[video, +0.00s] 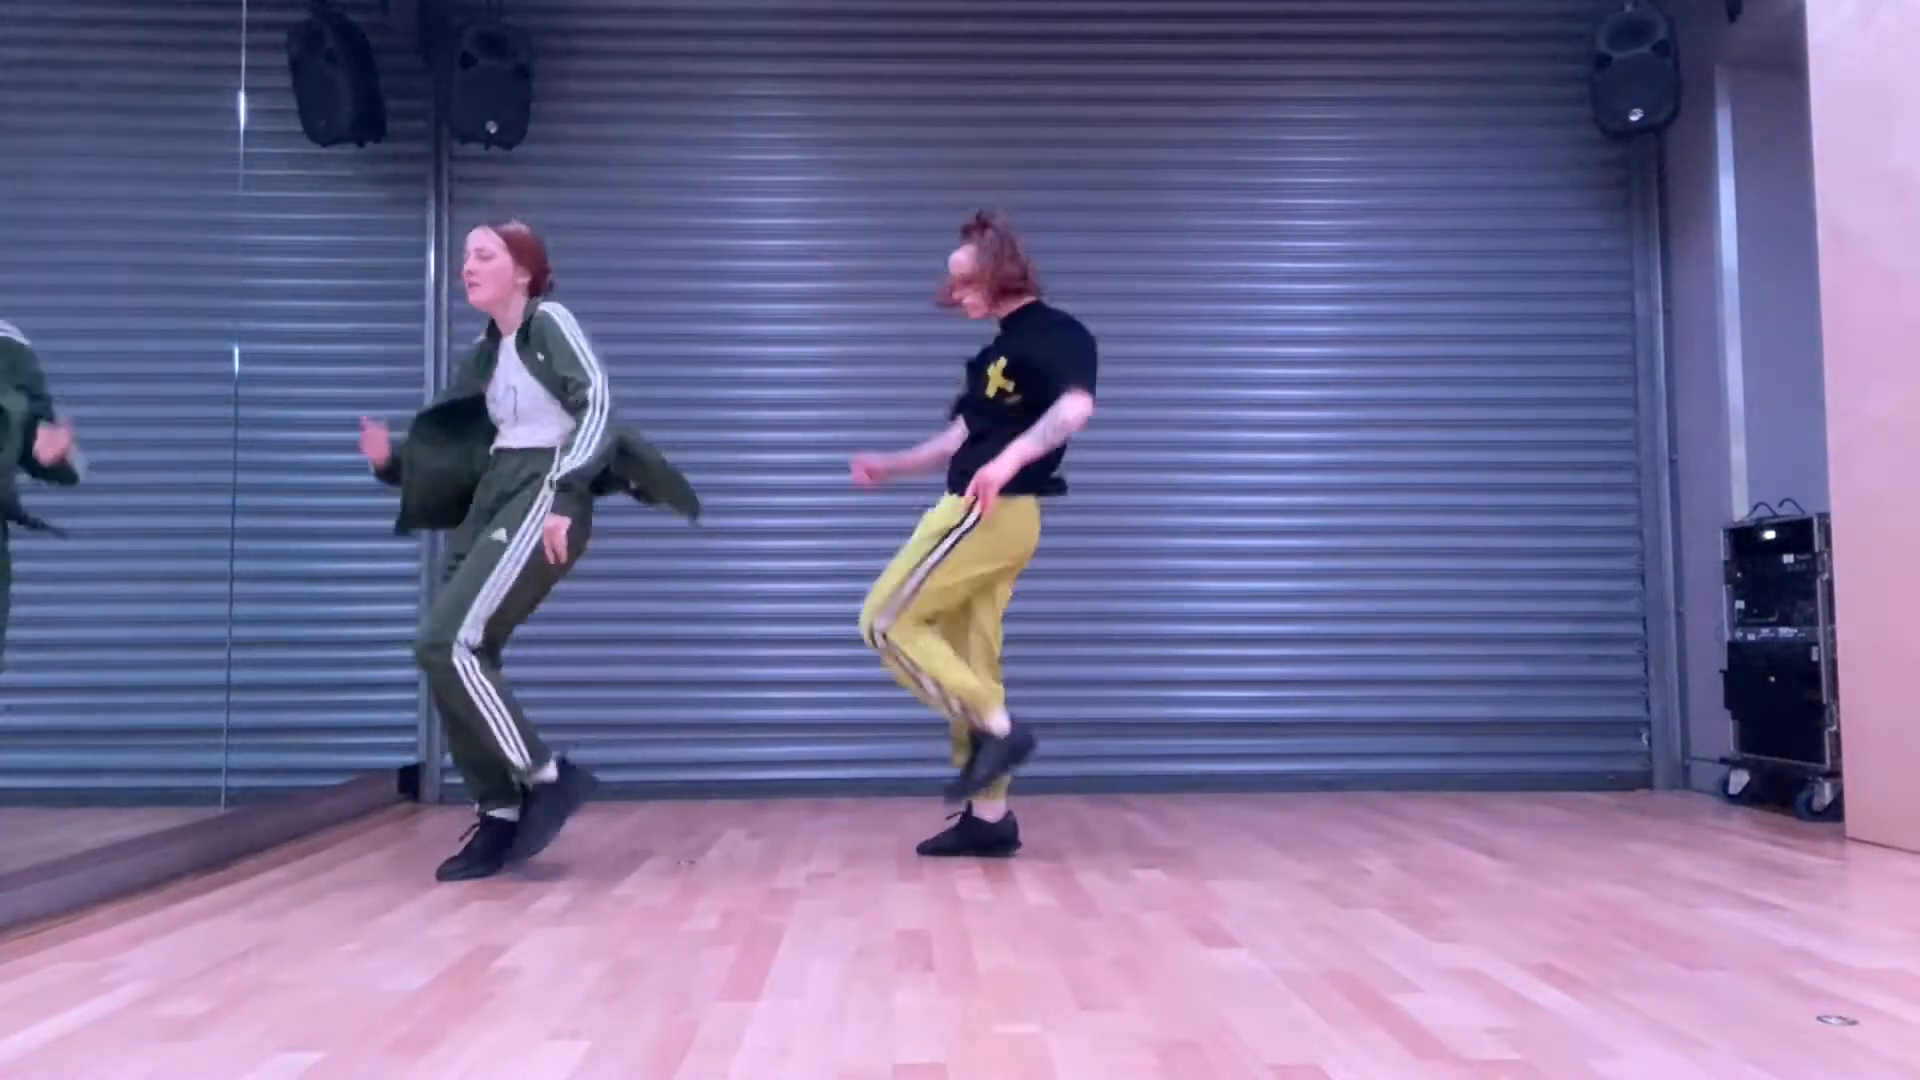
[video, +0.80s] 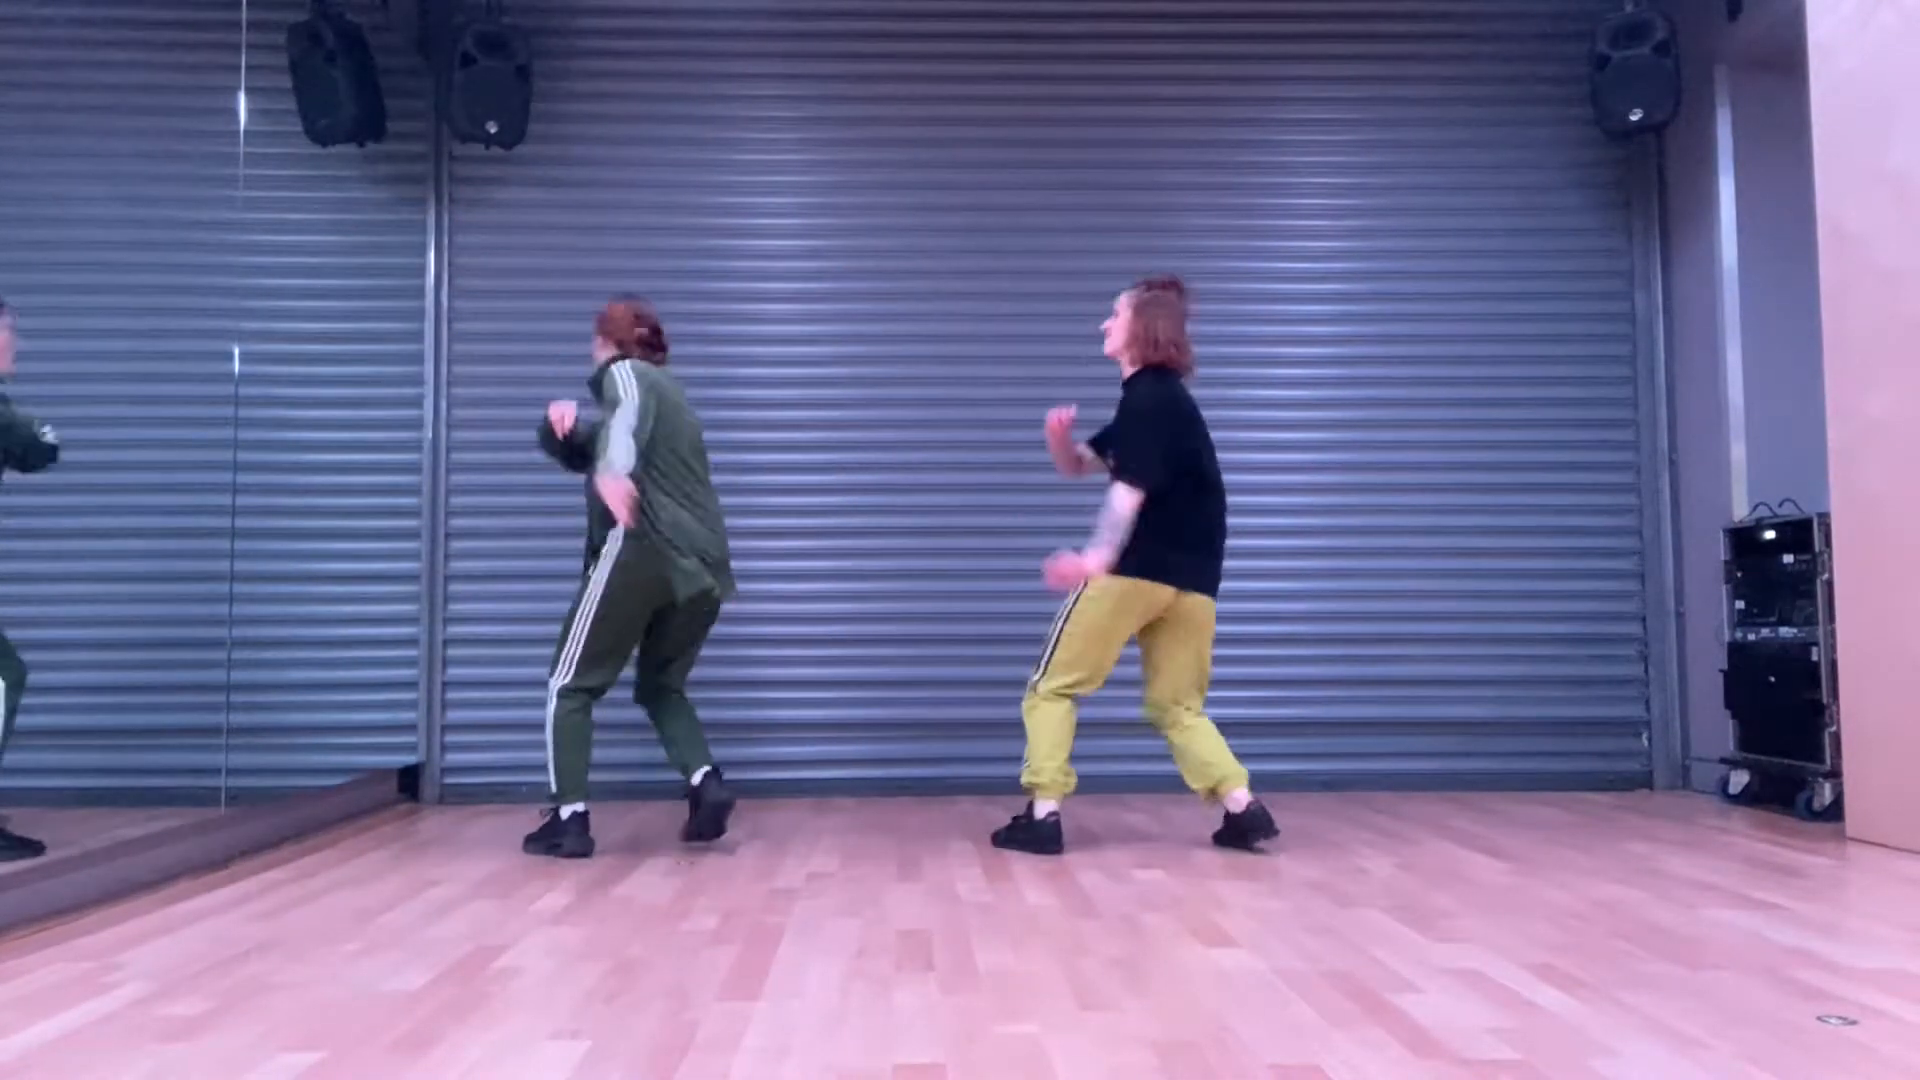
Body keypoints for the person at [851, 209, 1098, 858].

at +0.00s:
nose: (954, 294)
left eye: (964, 283)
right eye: (953, 283)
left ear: (999, 279)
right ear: (991, 283)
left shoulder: (1054, 331)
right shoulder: (995, 354)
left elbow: (1075, 406)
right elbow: (961, 437)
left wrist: (1006, 462)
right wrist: (892, 465)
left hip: (985, 510)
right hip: (994, 514)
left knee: (885, 621)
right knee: (973, 654)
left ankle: (999, 727)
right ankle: (988, 817)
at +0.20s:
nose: (981, 299)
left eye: (992, 288)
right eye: (984, 287)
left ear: (1026, 295)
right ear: (1021, 294)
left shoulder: (1065, 360)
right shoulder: (1040, 361)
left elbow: (1063, 455)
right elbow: (1006, 459)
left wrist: (1005, 473)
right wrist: (935, 439)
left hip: (1022, 551)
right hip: (996, 542)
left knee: (965, 678)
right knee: (908, 636)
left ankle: (1013, 826)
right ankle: (1003, 748)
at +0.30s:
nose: (1004, 257)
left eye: (1017, 249)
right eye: (1010, 248)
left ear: (1046, 267)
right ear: (1042, 269)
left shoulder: (1081, 334)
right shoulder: (1036, 345)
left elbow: (1077, 379)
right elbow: (987, 388)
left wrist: (1032, 299)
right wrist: (949, 326)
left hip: (1060, 537)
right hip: (1030, 533)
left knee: (1005, 671)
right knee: (998, 668)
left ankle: (1017, 825)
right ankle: (1126, 740)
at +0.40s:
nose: (1041, 239)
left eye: (1058, 236)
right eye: (1048, 233)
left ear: (1074, 270)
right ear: (1047, 265)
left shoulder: (1077, 328)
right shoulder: (1021, 323)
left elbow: (1112, 287)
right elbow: (985, 304)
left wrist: (1080, 244)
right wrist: (938, 282)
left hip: (1096, 533)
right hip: (1118, 527)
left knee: (1051, 671)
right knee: (1117, 679)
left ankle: (1018, 825)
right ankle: (1224, 793)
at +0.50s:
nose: (1045, 280)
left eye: (1057, 274)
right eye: (1051, 270)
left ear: (1083, 293)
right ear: (1068, 292)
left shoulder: (1107, 332)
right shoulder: (1053, 341)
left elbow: (1145, 312)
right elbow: (1006, 345)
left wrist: (1099, 322)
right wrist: (954, 363)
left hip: (1112, 540)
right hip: (1166, 532)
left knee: (1037, 661)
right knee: (1171, 679)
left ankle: (1017, 811)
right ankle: (1250, 809)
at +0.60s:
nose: (1065, 308)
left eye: (1075, 299)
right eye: (1068, 298)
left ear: (1107, 308)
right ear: (1104, 310)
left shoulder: (1141, 364)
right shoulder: (1104, 378)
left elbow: (1183, 433)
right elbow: (1059, 439)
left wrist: (1148, 500)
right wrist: (1023, 488)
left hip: (1132, 555)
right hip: (1177, 559)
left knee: (1024, 654)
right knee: (1162, 707)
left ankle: (1039, 791)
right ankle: (1252, 816)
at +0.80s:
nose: (1105, 326)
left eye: (1115, 317)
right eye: (1111, 316)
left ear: (1141, 330)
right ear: (1157, 333)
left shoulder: (1146, 398)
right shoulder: (1170, 399)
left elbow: (1129, 491)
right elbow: (1086, 464)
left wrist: (1095, 558)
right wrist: (1064, 446)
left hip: (1137, 570)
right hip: (1194, 582)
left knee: (1053, 689)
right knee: (1177, 707)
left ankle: (1042, 816)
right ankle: (1242, 807)